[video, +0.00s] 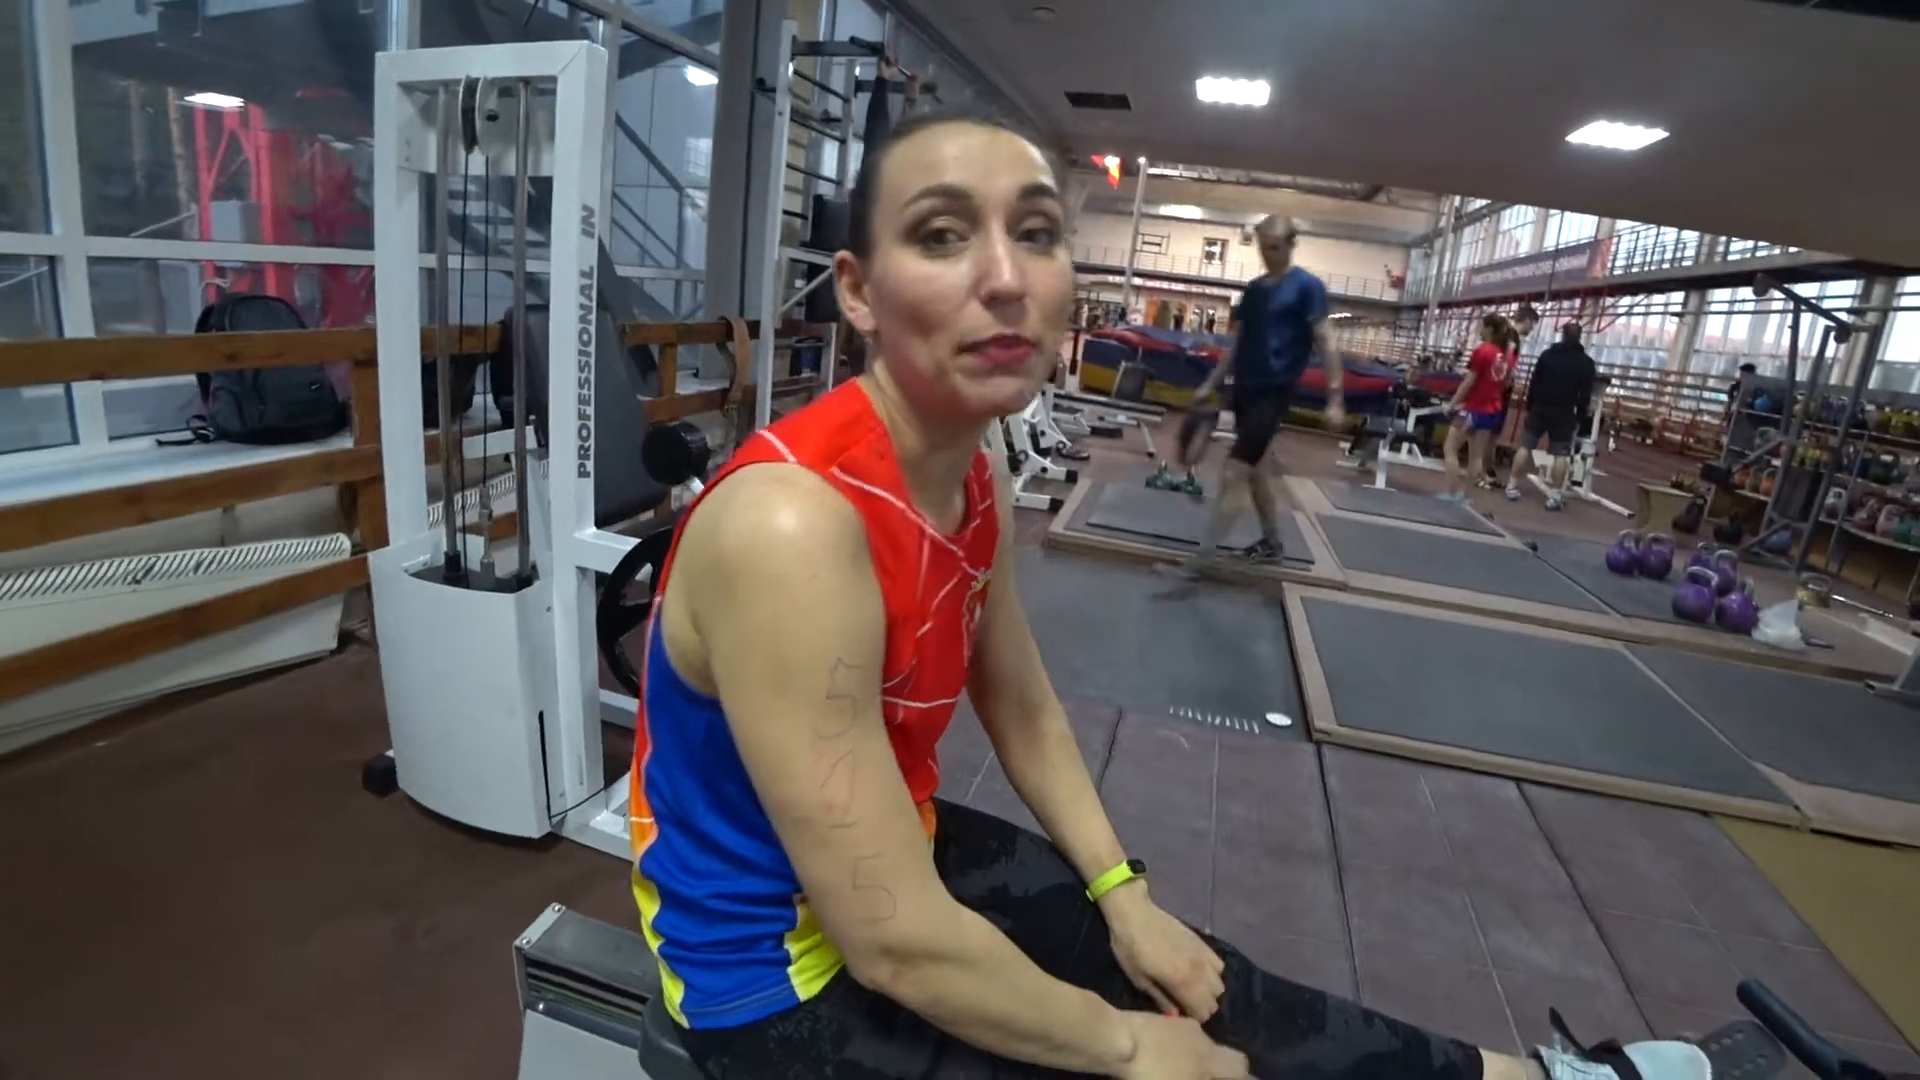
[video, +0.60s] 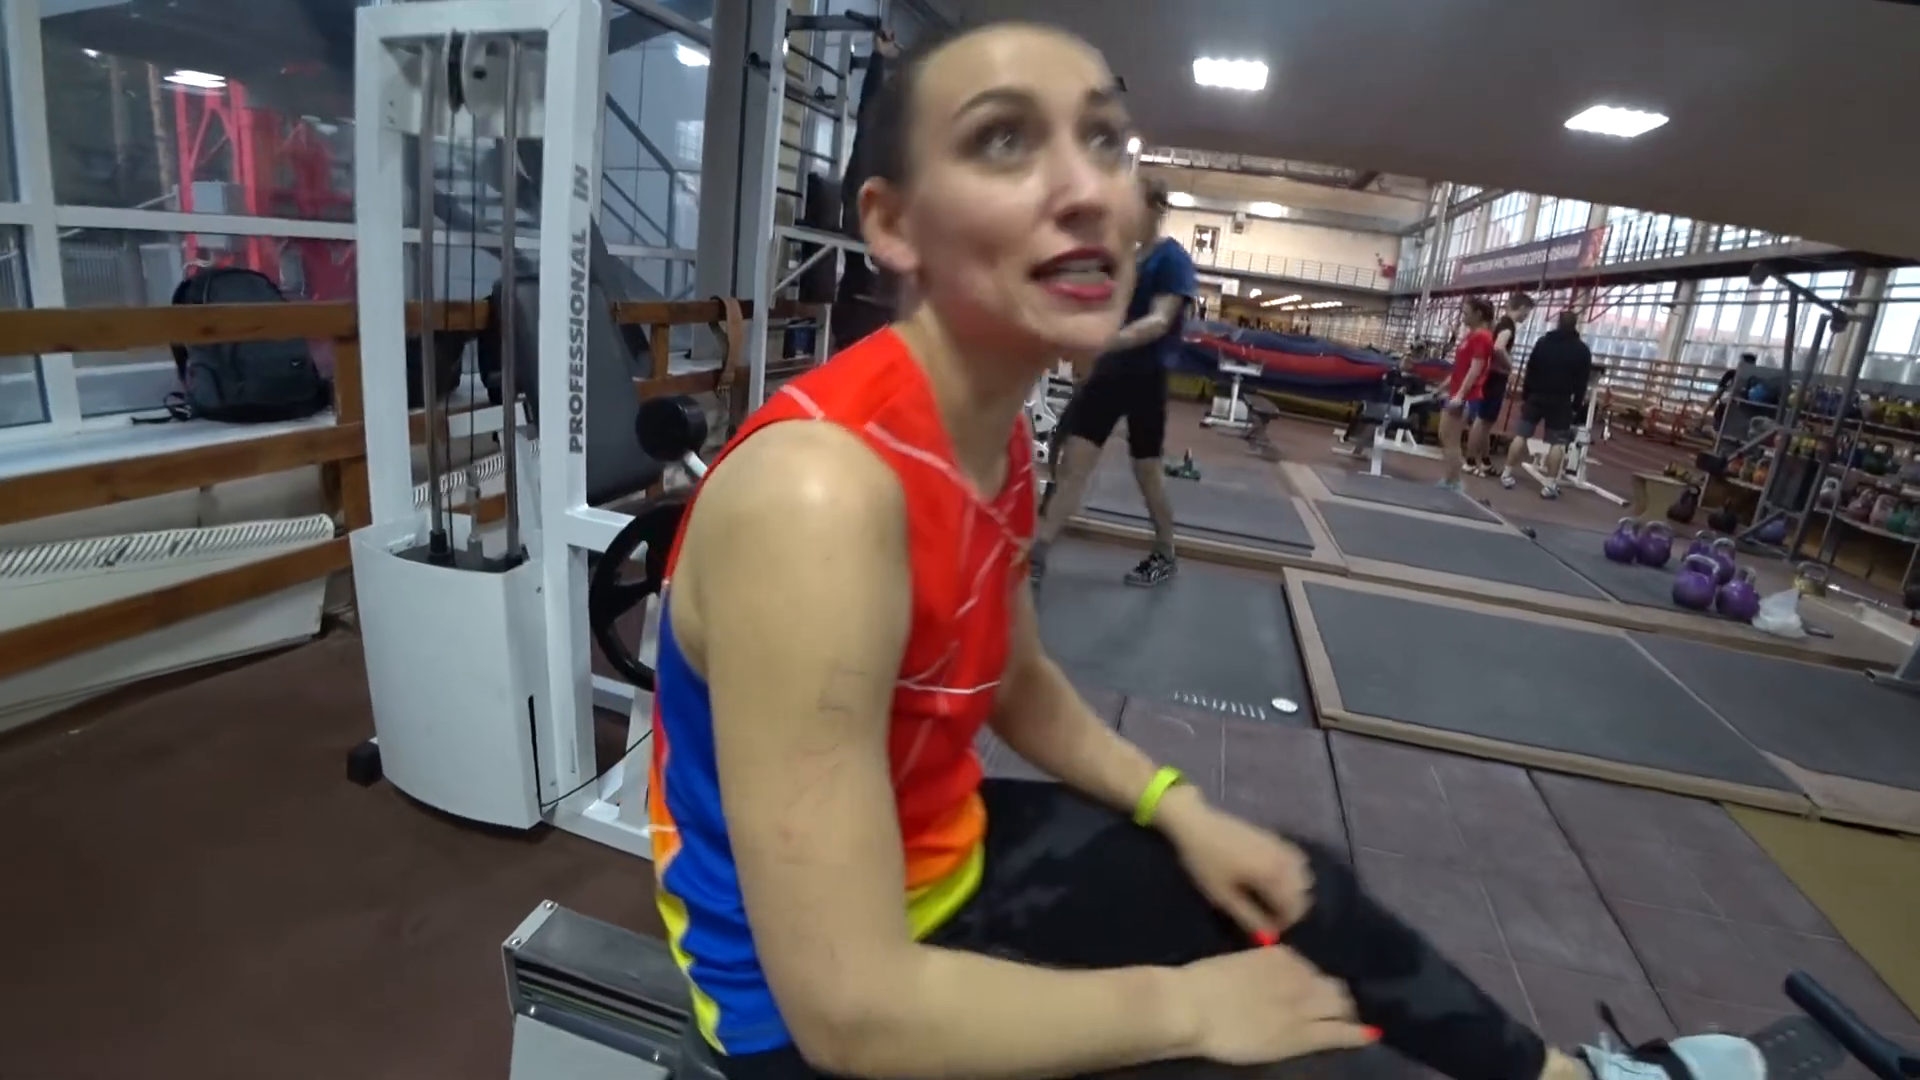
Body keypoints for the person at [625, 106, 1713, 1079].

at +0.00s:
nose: (1003, 278)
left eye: (1035, 232)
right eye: (942, 234)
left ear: (1073, 280)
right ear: (858, 293)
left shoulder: (957, 475)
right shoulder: (789, 529)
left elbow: (1019, 707)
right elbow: (892, 935)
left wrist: (1119, 897)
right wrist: (1133, 1047)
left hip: (914, 863)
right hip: (789, 991)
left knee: (1193, 978)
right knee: (1177, 1067)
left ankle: (1497, 1072)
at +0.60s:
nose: (1087, 190)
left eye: (1105, 141)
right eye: (1004, 144)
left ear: (1136, 191)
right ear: (889, 229)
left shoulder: (988, 428)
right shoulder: (814, 499)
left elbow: (1020, 690)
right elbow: (850, 1011)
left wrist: (1182, 813)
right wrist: (1191, 1011)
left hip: (960, 845)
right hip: (836, 1004)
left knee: (1293, 881)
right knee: (1315, 1047)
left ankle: (1548, 1067)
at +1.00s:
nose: (1044, 349)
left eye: (1114, 262)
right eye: (976, 260)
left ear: (1193, 257)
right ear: (901, 245)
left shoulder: (1023, 455)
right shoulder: (813, 547)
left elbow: (1031, 705)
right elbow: (941, 1059)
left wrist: (1234, 791)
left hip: (995, 926)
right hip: (827, 1042)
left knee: (1362, 827)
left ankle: (1519, 1074)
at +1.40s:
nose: (961, 436)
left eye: (1048, 344)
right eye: (891, 330)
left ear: (1145, 338)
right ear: (826, 301)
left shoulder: (984, 527)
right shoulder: (721, 638)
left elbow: (986, 763)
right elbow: (778, 1053)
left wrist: (1195, 826)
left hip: (978, 1002)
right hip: (809, 1050)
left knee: (1326, 861)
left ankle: (1413, 1065)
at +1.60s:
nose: (990, 308)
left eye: (1077, 207)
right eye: (910, 195)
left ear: (1171, 215)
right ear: (824, 183)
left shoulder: (969, 459)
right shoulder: (699, 547)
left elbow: (964, 724)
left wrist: (1189, 780)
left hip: (973, 974)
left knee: (1320, 817)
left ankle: (1430, 1071)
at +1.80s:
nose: (1030, 120)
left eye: (1109, 27)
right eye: (934, 20)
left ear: (1180, 69)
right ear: (818, 53)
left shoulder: (964, 359)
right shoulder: (684, 407)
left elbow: (940, 638)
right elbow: (800, 1040)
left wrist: (1182, 696)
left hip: (957, 904)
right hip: (785, 1006)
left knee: (1305, 736)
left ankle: (1445, 1050)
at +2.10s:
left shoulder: (936, 210)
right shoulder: (673, 272)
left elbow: (912, 523)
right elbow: (846, 1030)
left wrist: (1128, 602)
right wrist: (1325, 1066)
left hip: (945, 747)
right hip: (849, 921)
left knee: (1294, 622)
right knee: (1342, 1037)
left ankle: (1437, 920)